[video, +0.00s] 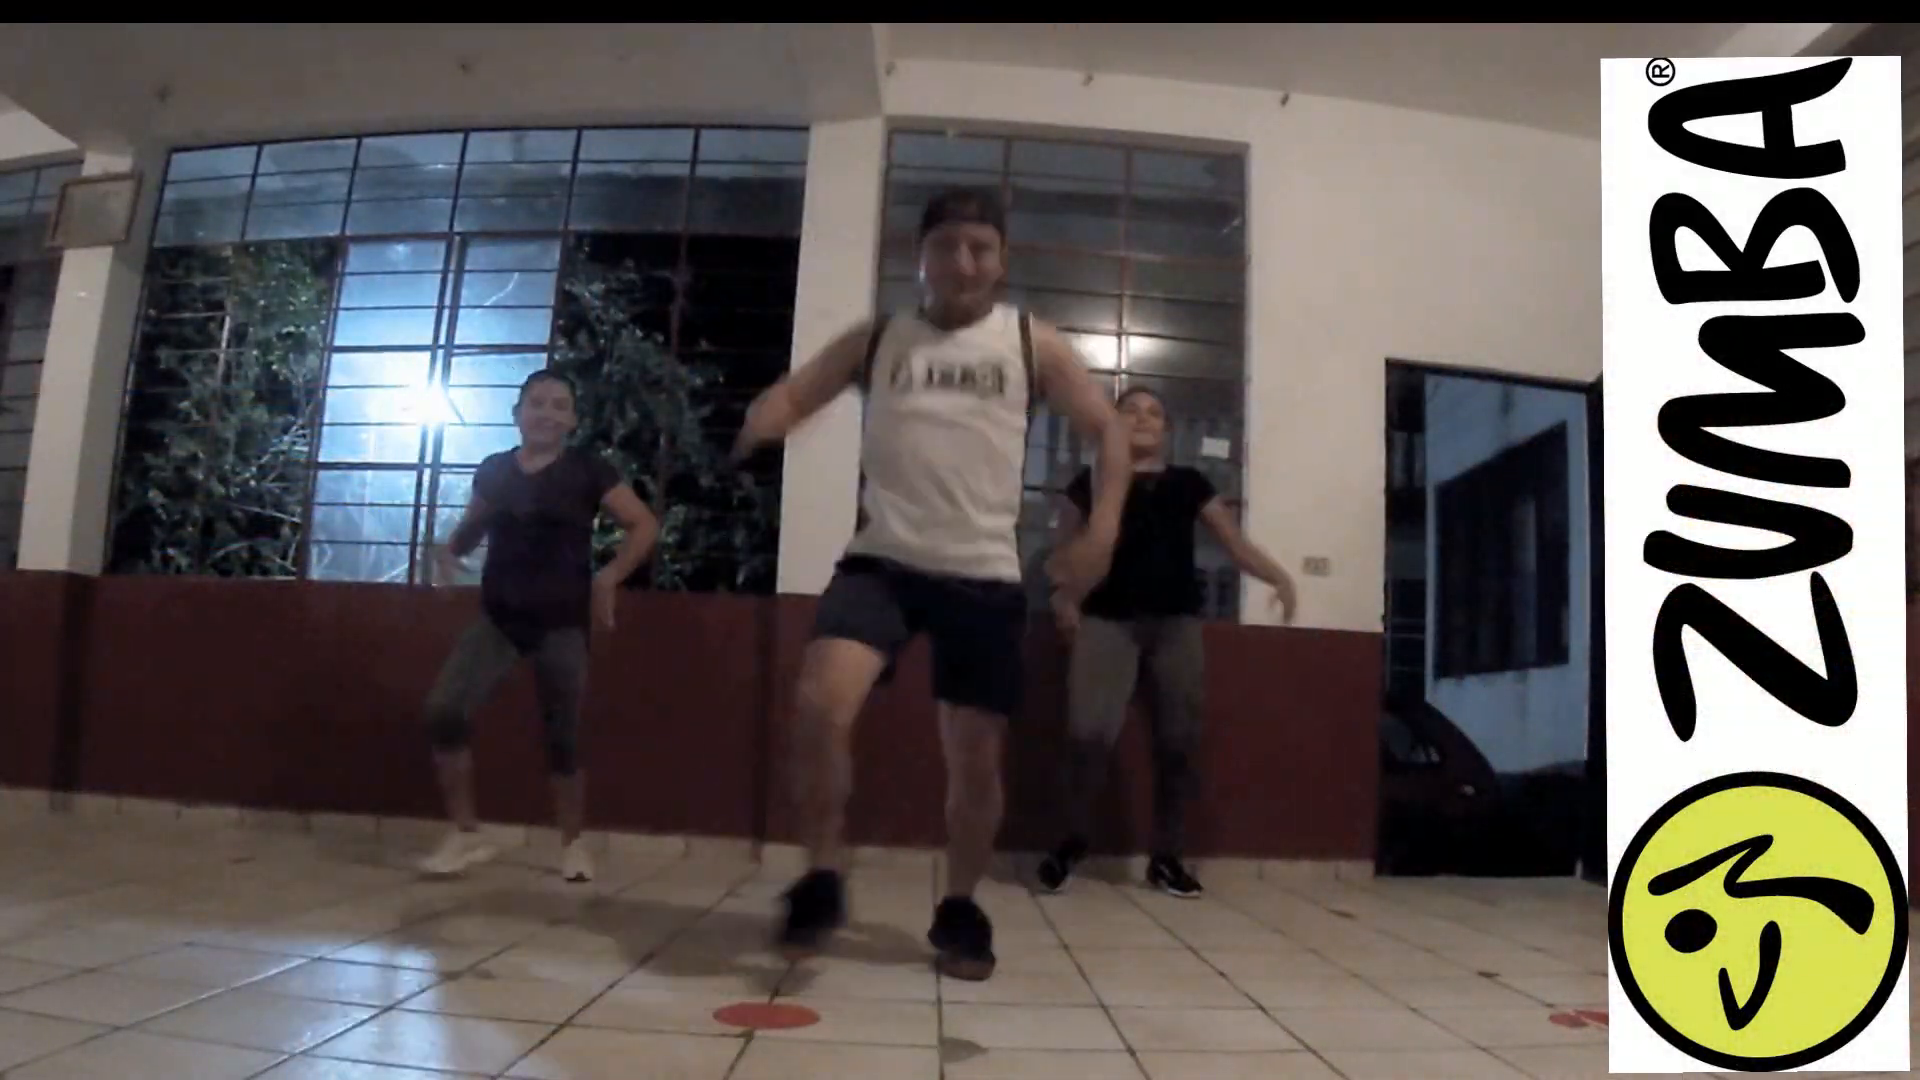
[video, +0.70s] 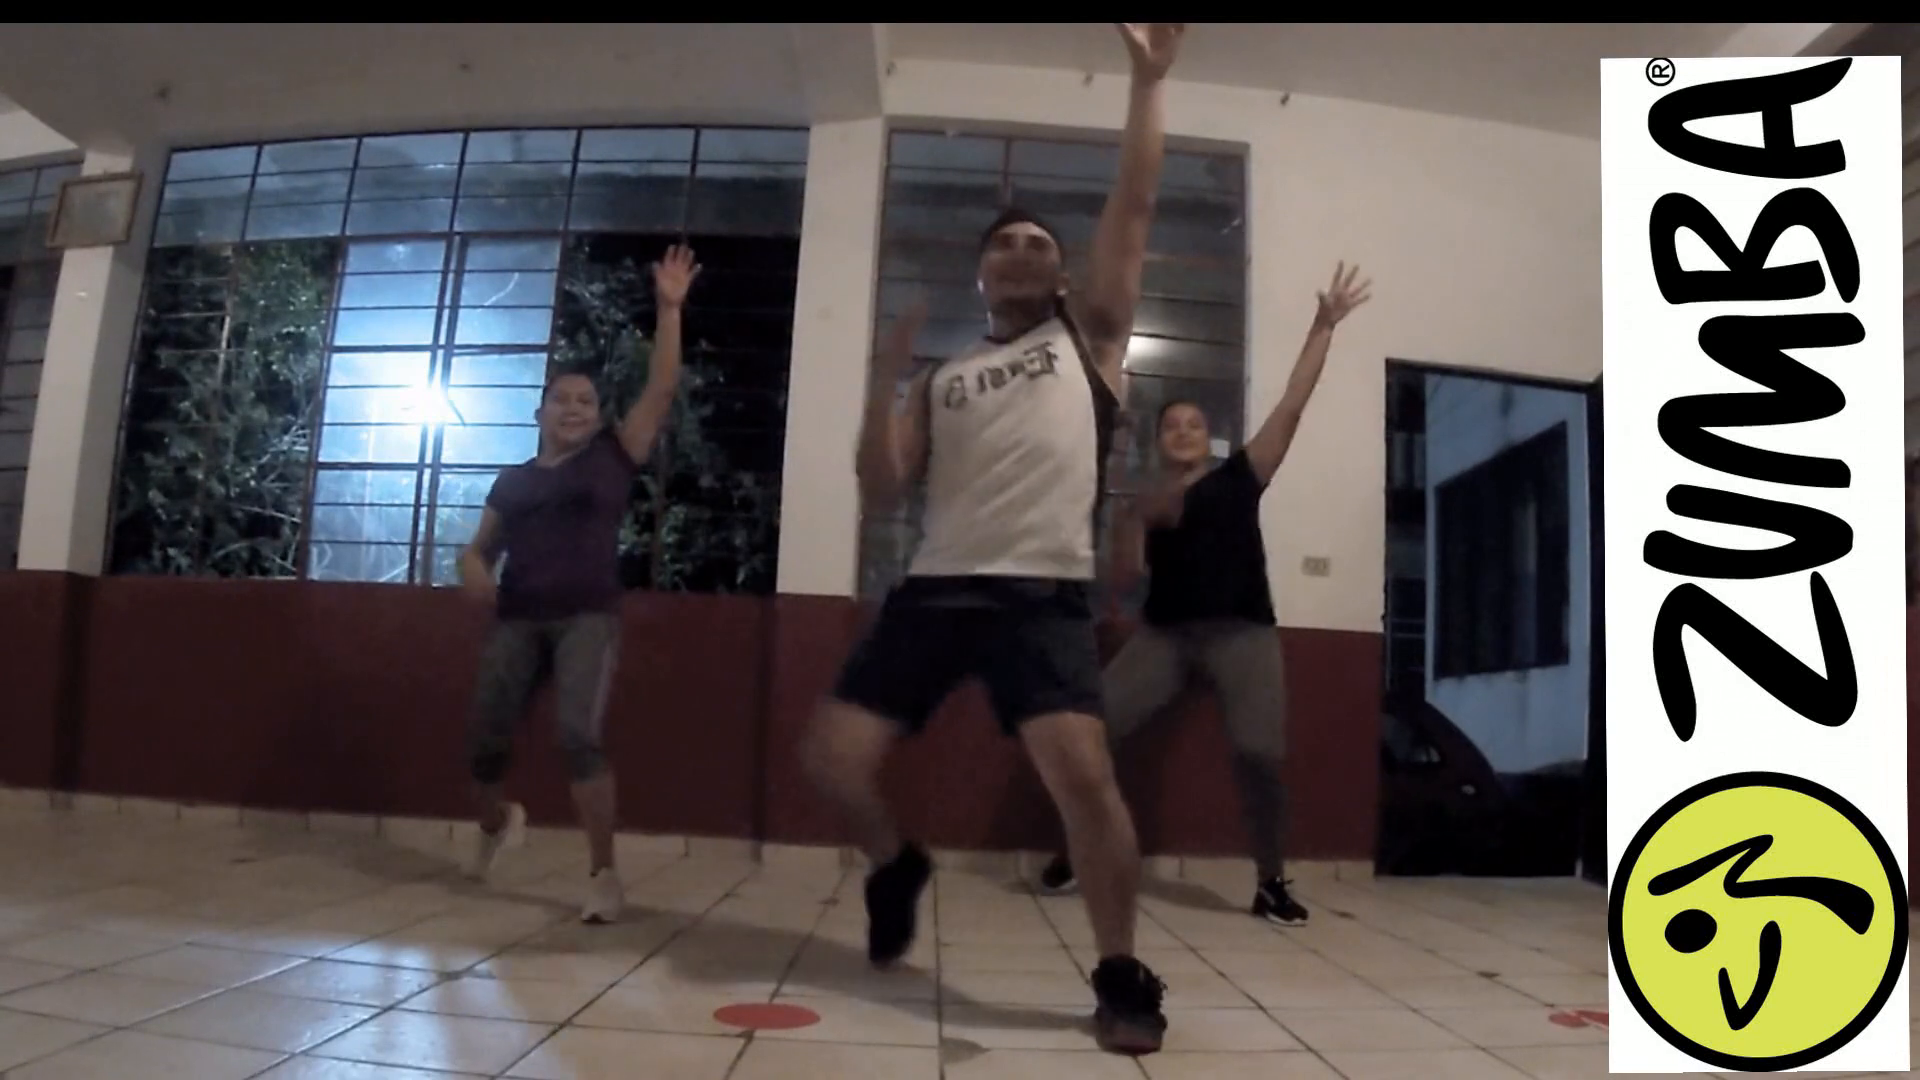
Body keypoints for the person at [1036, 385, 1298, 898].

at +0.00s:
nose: (1143, 420)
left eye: (1152, 414)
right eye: (1133, 413)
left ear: (1166, 429)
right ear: (1114, 426)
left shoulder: (1188, 484)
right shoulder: (1095, 483)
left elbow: (1235, 542)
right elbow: (1065, 549)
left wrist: (1282, 579)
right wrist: (1065, 600)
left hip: (1176, 624)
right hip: (1107, 622)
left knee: (1179, 739)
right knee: (1088, 735)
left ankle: (1167, 856)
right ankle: (1069, 845)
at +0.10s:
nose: (1136, 436)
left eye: (1144, 427)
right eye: (1126, 427)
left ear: (1155, 439)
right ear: (1108, 438)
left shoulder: (1172, 503)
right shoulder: (1084, 496)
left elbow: (1194, 570)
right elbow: (1037, 541)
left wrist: (1230, 576)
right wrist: (1042, 597)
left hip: (1164, 639)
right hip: (1095, 637)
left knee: (1182, 743)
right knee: (1083, 746)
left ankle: (1150, 855)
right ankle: (1066, 854)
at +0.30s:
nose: (1130, 444)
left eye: (1139, 437)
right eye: (1119, 436)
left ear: (1152, 451)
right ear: (1102, 449)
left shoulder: (1173, 507)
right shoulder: (1079, 503)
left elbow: (1220, 555)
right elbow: (1030, 564)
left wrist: (1203, 490)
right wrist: (1047, 610)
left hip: (1158, 648)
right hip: (1092, 649)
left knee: (1220, 724)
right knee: (1077, 751)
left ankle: (1191, 849)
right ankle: (1063, 855)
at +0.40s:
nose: (1134, 424)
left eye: (1143, 417)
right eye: (1124, 418)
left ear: (1160, 430)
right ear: (1110, 434)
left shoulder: (1184, 485)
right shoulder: (1090, 491)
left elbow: (1254, 462)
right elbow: (1065, 555)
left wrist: (1254, 387)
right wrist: (1068, 601)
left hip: (1176, 624)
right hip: (1106, 625)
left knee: (1221, 725)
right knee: (1077, 724)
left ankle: (1250, 864)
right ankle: (1062, 849)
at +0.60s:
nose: (1167, 436)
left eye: (1176, 428)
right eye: (1156, 431)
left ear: (1194, 440)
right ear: (1142, 447)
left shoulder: (1224, 481)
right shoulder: (1133, 515)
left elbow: (1273, 402)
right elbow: (1111, 575)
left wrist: (1315, 324)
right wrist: (1114, 597)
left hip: (1221, 636)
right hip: (1149, 638)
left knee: (1249, 751)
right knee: (1104, 740)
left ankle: (1270, 880)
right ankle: (1074, 858)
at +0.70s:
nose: (1185, 433)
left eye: (1194, 427)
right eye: (1175, 428)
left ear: (1212, 439)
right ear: (1158, 443)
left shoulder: (1241, 478)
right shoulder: (1148, 500)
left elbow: (1294, 401)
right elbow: (1124, 576)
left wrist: (1324, 325)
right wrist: (1137, 517)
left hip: (1241, 632)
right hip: (1167, 633)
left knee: (1260, 753)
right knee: (1092, 726)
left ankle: (1271, 880)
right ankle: (1075, 854)